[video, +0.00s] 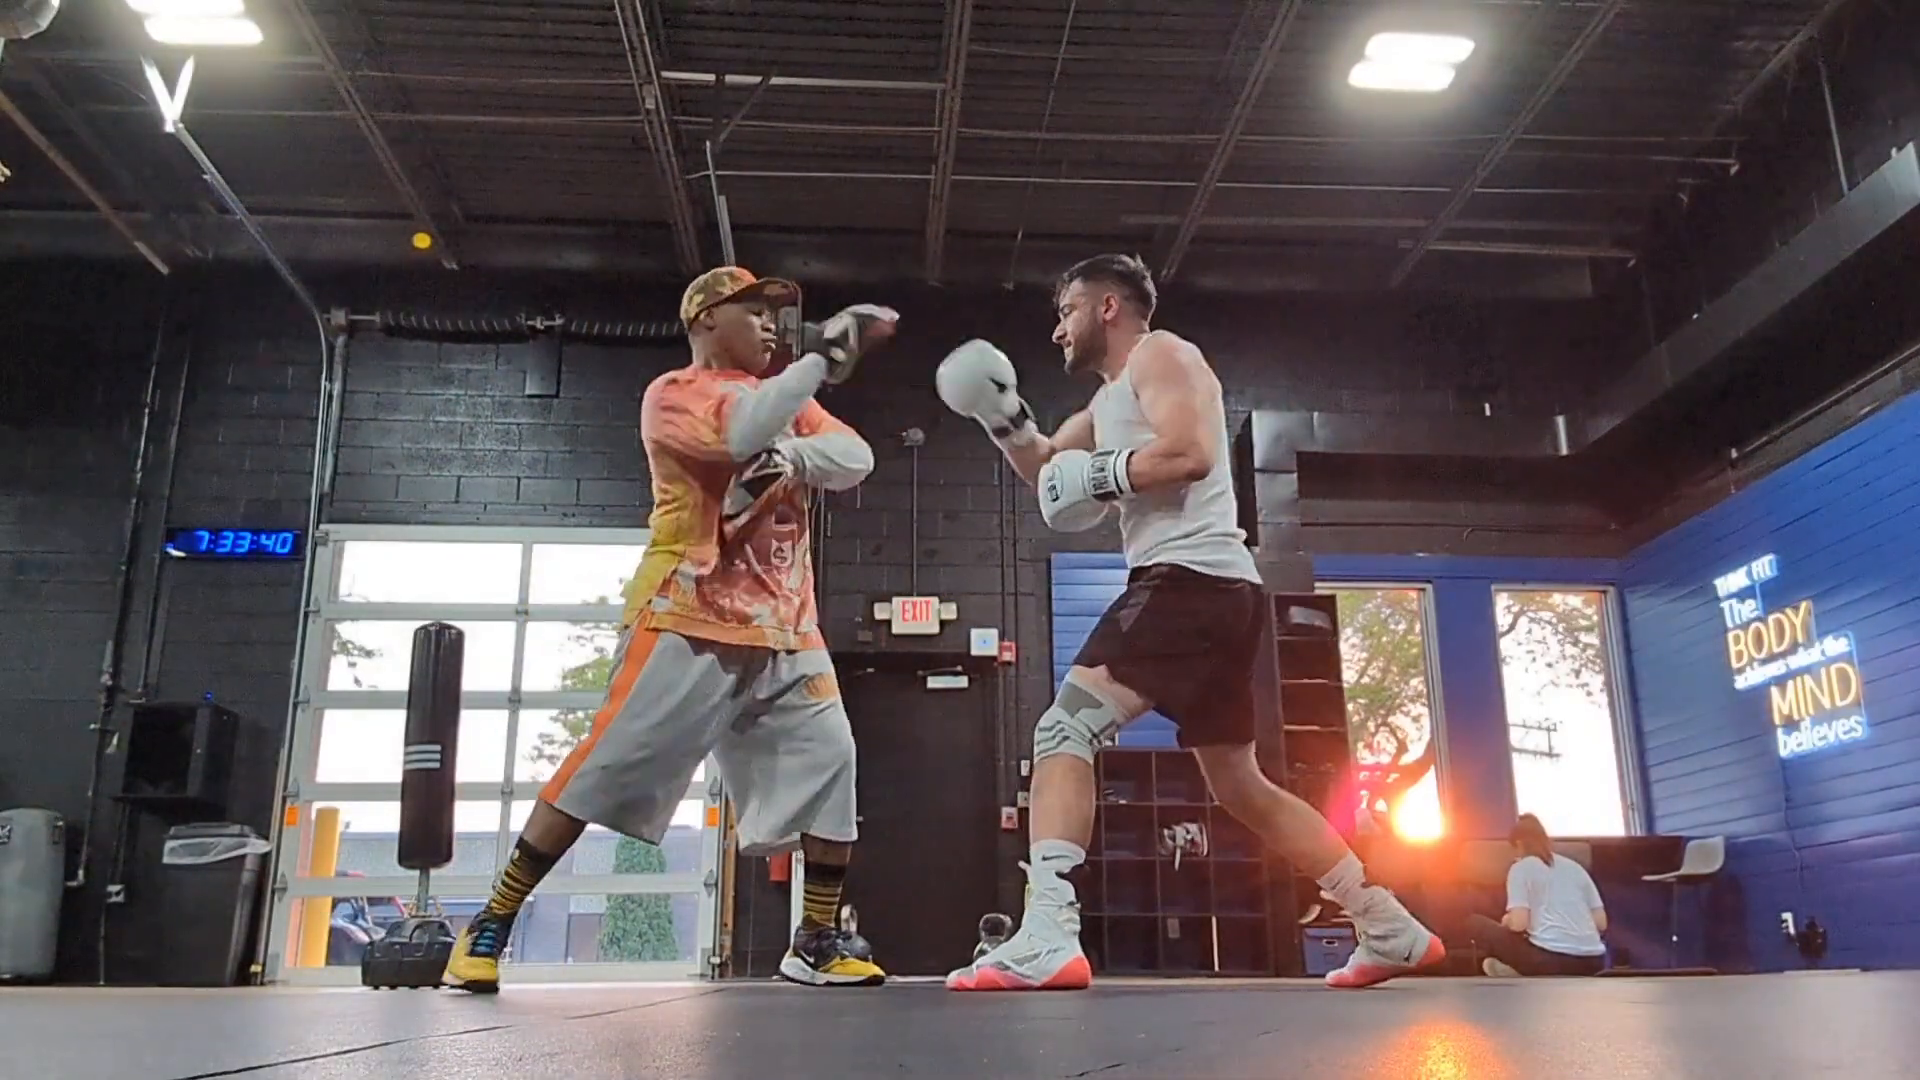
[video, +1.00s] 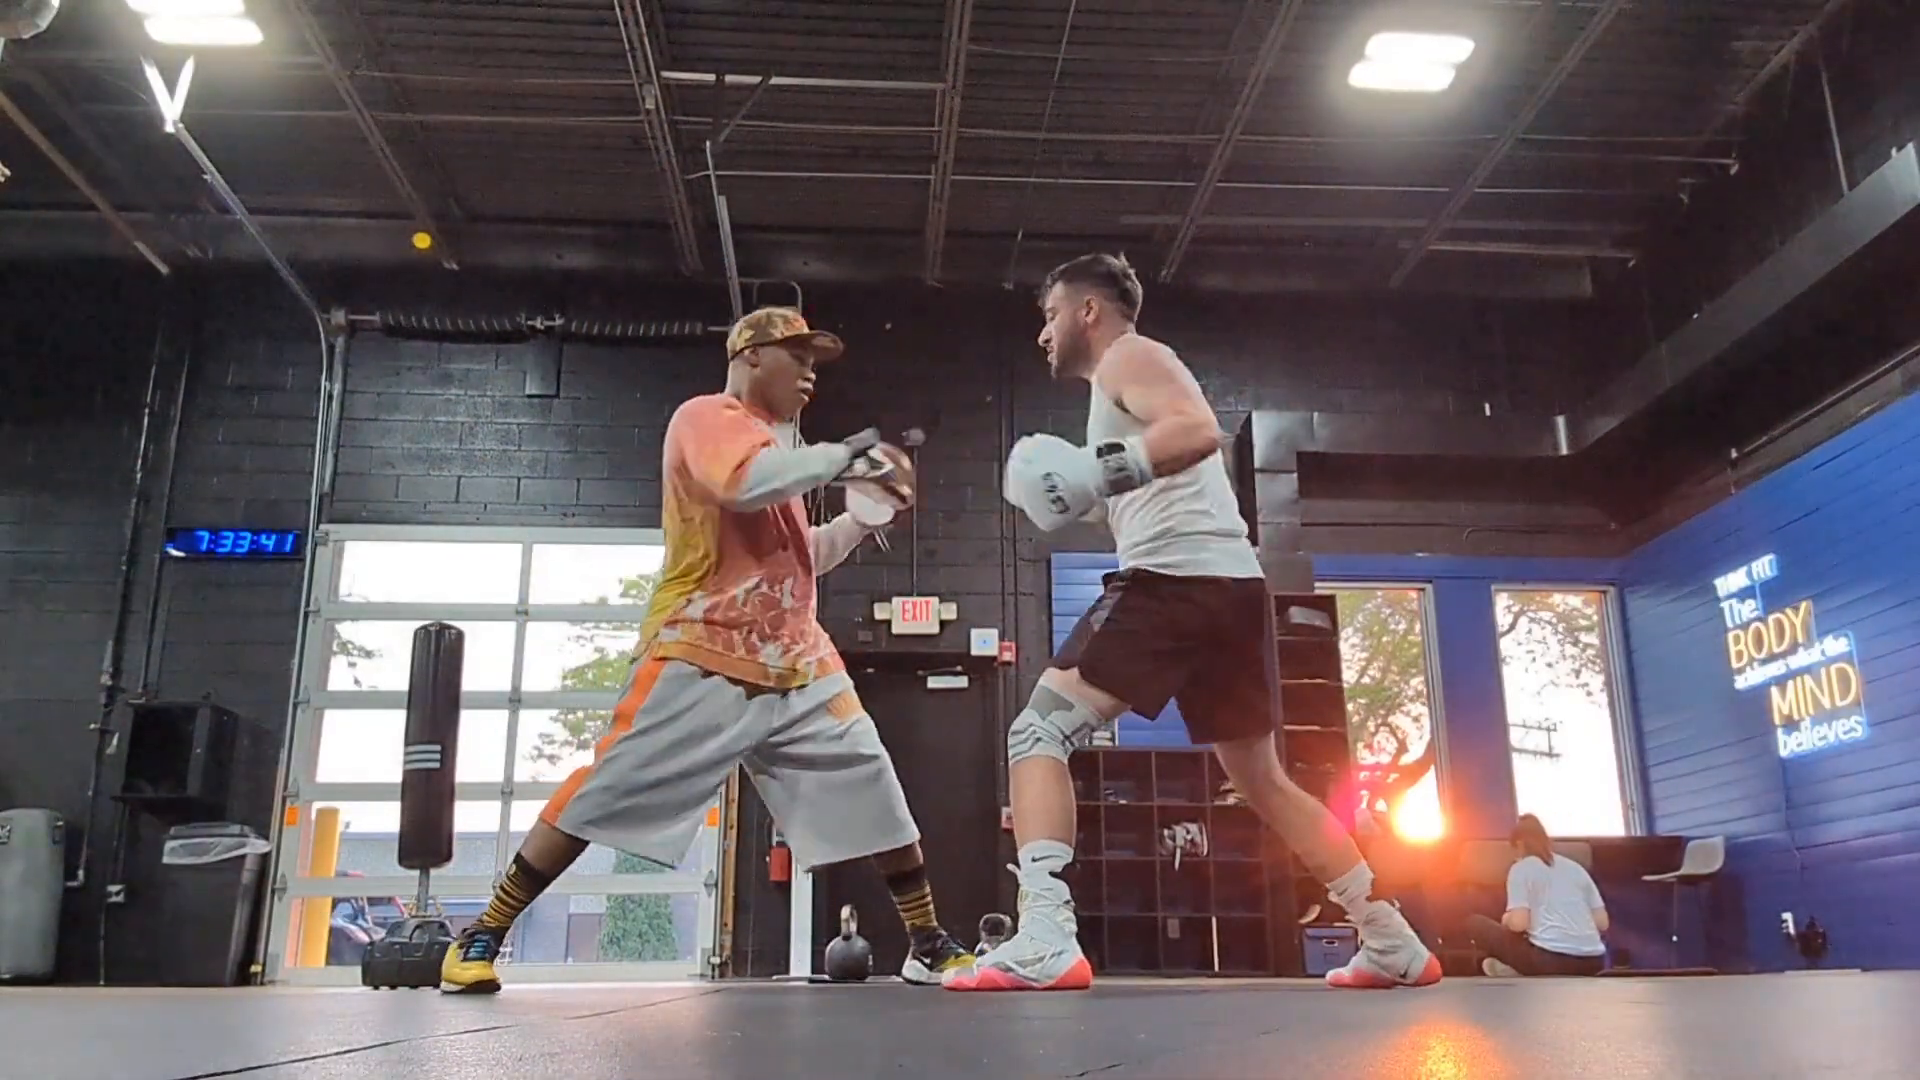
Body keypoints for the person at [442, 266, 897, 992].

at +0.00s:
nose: (770, 323)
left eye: (772, 313)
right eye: (755, 310)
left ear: (765, 329)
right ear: (705, 321)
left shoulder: (787, 400)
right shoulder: (671, 394)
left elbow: (858, 456)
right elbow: (742, 432)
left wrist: (794, 457)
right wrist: (823, 358)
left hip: (785, 620)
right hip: (690, 612)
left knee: (833, 754)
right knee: (608, 762)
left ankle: (820, 935)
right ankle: (494, 922)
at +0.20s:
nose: (735, 377)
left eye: (739, 364)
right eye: (721, 366)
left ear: (742, 364)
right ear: (675, 370)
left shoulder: (765, 433)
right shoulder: (619, 445)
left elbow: (874, 455)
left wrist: (820, 440)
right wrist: (660, 406)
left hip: (768, 638)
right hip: (660, 640)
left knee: (861, 765)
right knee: (596, 767)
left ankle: (907, 932)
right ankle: (482, 936)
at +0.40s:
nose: (790, 389)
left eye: (792, 376)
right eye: (774, 373)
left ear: (794, 383)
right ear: (727, 373)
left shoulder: (816, 451)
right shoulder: (667, 456)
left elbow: (909, 485)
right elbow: (593, 551)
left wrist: (904, 425)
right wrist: (626, 588)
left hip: (794, 654)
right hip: (684, 656)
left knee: (885, 781)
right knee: (605, 779)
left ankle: (934, 945)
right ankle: (483, 938)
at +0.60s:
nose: (821, 401)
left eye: (826, 388)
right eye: (810, 385)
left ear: (822, 390)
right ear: (762, 379)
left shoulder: (850, 453)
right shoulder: (693, 459)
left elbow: (926, 471)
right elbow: (616, 554)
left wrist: (966, 454)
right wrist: (672, 557)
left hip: (806, 661)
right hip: (689, 661)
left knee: (886, 780)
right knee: (601, 781)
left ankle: (935, 945)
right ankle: (482, 937)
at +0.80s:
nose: (827, 382)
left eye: (829, 370)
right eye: (815, 366)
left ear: (809, 374)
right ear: (767, 366)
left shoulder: (831, 463)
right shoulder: (711, 435)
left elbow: (857, 553)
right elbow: (699, 463)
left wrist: (855, 582)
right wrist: (734, 354)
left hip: (821, 655)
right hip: (715, 650)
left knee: (904, 775)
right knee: (617, 784)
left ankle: (934, 942)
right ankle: (487, 936)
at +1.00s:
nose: (813, 377)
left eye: (815, 365)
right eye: (800, 360)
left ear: (777, 370)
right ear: (752, 359)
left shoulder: (782, 452)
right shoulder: (704, 415)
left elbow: (800, 559)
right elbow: (739, 483)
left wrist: (861, 517)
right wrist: (845, 453)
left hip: (796, 648)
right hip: (704, 643)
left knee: (873, 773)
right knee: (607, 785)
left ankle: (929, 944)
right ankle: (484, 937)